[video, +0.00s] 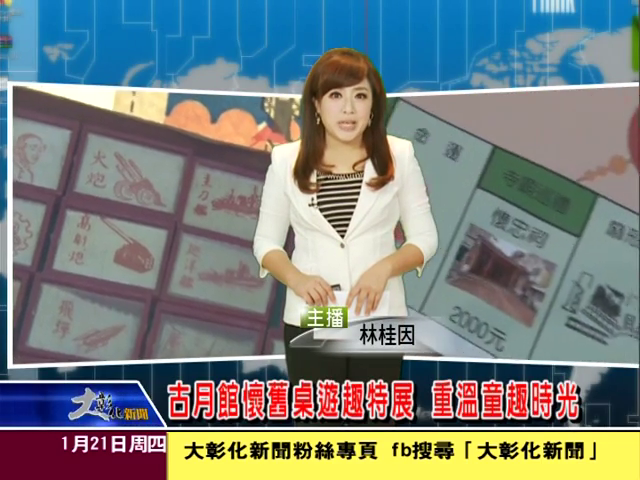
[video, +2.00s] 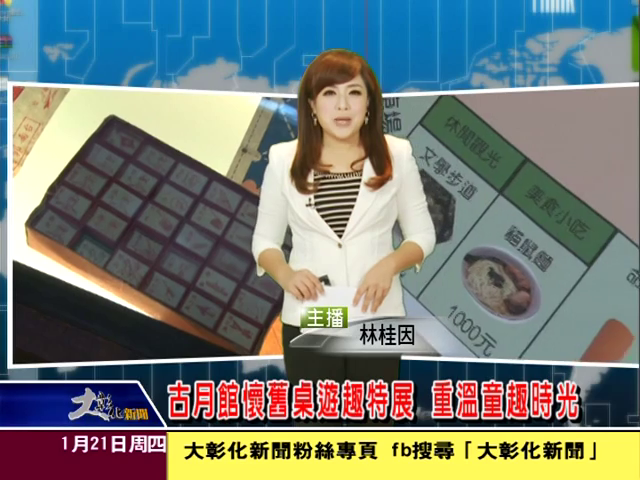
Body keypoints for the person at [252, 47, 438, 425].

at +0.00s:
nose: (348, 108)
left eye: (360, 96)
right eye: (335, 96)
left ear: (374, 104)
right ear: (316, 104)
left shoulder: (397, 156)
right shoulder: (288, 160)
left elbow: (425, 239)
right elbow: (265, 243)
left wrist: (384, 267)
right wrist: (297, 279)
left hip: (379, 324)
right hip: (309, 323)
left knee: (376, 440)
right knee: (315, 439)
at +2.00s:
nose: (343, 105)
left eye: (354, 93)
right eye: (330, 94)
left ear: (369, 102)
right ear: (311, 104)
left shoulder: (395, 155)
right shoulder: (285, 159)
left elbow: (422, 236)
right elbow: (264, 241)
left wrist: (388, 265)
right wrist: (288, 275)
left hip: (376, 325)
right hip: (307, 324)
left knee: (375, 443)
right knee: (314, 442)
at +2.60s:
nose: (344, 105)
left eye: (355, 94)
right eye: (331, 94)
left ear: (371, 102)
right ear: (313, 104)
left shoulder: (395, 155)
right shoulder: (286, 159)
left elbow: (422, 237)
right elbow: (267, 242)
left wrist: (388, 265)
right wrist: (289, 274)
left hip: (377, 326)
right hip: (307, 324)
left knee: (376, 442)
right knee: (314, 441)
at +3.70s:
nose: (349, 109)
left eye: (358, 97)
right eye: (335, 98)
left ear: (370, 104)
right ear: (312, 107)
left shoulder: (394, 155)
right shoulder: (284, 160)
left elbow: (422, 236)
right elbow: (268, 243)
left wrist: (388, 264)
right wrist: (288, 274)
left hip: (377, 324)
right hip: (308, 323)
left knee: (375, 439)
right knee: (314, 438)